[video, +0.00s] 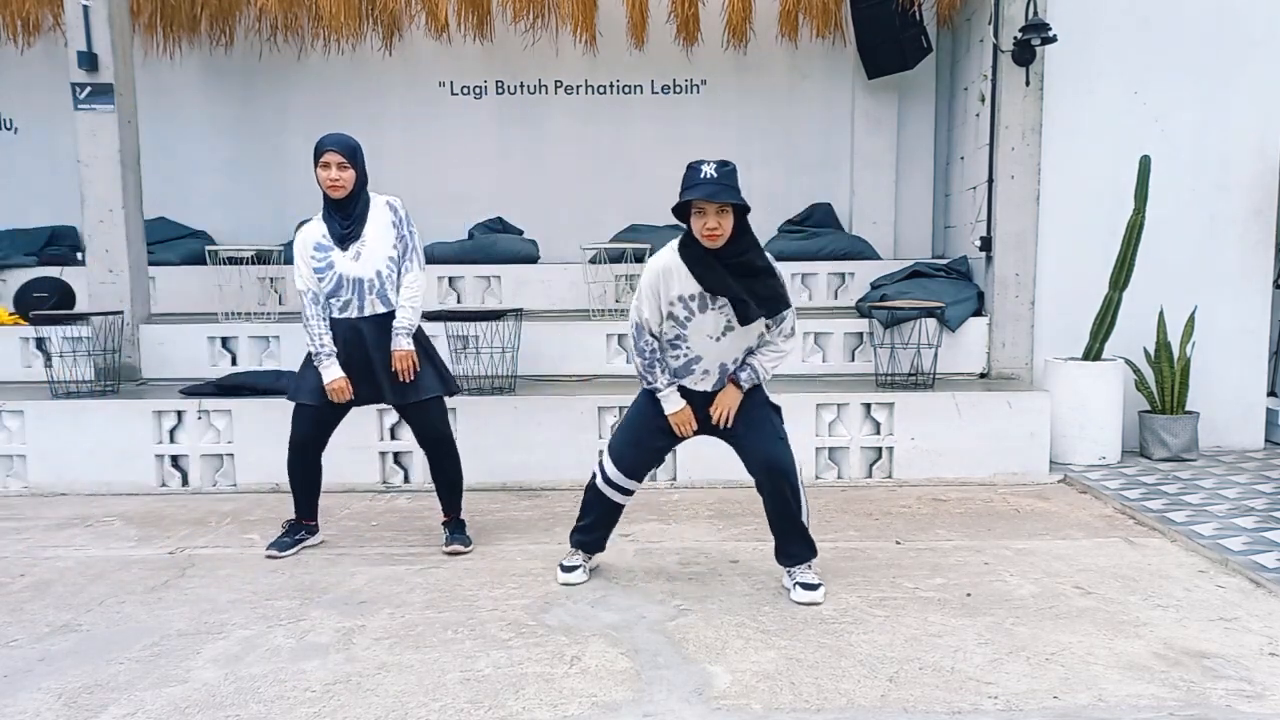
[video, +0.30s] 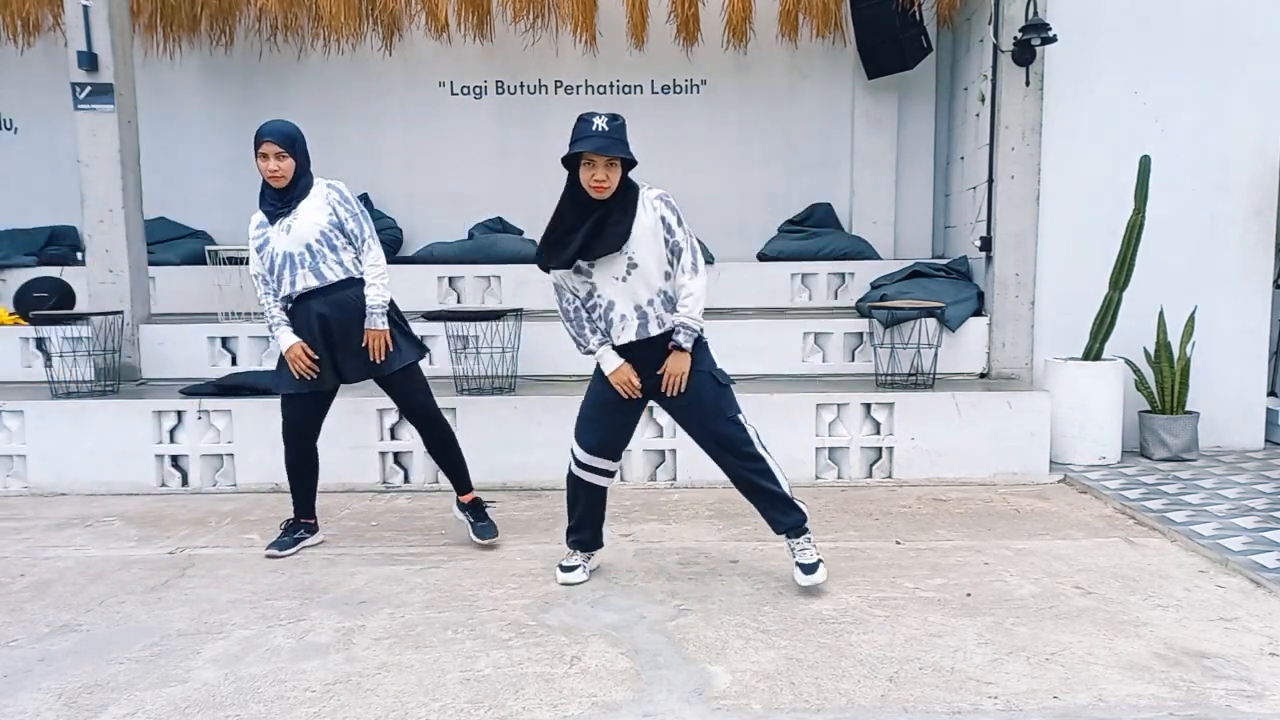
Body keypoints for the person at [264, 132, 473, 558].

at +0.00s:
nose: (334, 175)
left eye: (343, 167)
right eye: (325, 167)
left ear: (359, 171)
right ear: (317, 174)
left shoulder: (391, 211)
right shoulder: (307, 235)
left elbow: (413, 275)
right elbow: (311, 307)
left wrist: (403, 336)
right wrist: (328, 365)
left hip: (394, 340)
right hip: (336, 347)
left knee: (436, 435)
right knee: (303, 439)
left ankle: (454, 523)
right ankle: (305, 523)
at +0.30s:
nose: (273, 165)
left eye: (281, 156)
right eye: (264, 157)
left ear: (300, 156)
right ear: (256, 163)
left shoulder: (333, 193)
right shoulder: (259, 224)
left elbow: (372, 251)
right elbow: (266, 292)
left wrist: (376, 313)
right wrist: (285, 337)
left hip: (362, 312)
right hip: (306, 328)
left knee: (423, 411)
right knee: (297, 432)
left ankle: (469, 500)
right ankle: (304, 522)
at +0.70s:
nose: (287, 183)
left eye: (297, 175)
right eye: (279, 174)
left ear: (315, 180)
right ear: (269, 179)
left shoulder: (343, 217)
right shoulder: (265, 233)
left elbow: (390, 278)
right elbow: (268, 304)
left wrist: (402, 342)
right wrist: (288, 358)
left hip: (375, 330)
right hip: (317, 341)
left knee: (434, 412)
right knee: (291, 428)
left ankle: (479, 502)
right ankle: (303, 521)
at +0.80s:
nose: (317, 208)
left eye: (328, 200)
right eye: (309, 199)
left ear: (343, 207)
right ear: (298, 204)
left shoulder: (366, 240)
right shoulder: (284, 252)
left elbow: (410, 300)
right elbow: (288, 321)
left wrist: (418, 361)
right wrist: (304, 376)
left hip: (389, 339)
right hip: (331, 348)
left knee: (441, 418)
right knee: (288, 430)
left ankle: (483, 509)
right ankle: (302, 521)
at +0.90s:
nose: (358, 218)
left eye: (367, 210)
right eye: (348, 209)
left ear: (380, 217)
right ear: (336, 215)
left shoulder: (402, 255)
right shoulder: (313, 262)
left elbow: (432, 315)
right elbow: (308, 331)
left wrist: (436, 372)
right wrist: (322, 389)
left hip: (408, 360)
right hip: (347, 365)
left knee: (459, 423)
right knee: (293, 433)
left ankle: (480, 516)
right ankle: (303, 521)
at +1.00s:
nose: (393, 205)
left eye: (402, 196)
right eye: (383, 196)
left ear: (415, 201)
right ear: (370, 203)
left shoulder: (437, 247)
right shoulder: (347, 251)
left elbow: (453, 310)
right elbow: (329, 322)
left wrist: (454, 366)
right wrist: (337, 386)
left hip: (424, 364)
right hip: (365, 364)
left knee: (470, 424)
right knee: (309, 431)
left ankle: (481, 516)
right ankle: (303, 521)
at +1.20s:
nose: (433, 170)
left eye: (440, 160)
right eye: (422, 162)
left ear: (454, 161)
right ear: (411, 167)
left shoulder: (478, 217)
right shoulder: (390, 209)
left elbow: (484, 284)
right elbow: (363, 279)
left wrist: (473, 341)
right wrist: (360, 346)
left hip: (450, 339)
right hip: (391, 335)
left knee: (471, 428)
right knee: (337, 422)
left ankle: (480, 515)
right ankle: (291, 510)